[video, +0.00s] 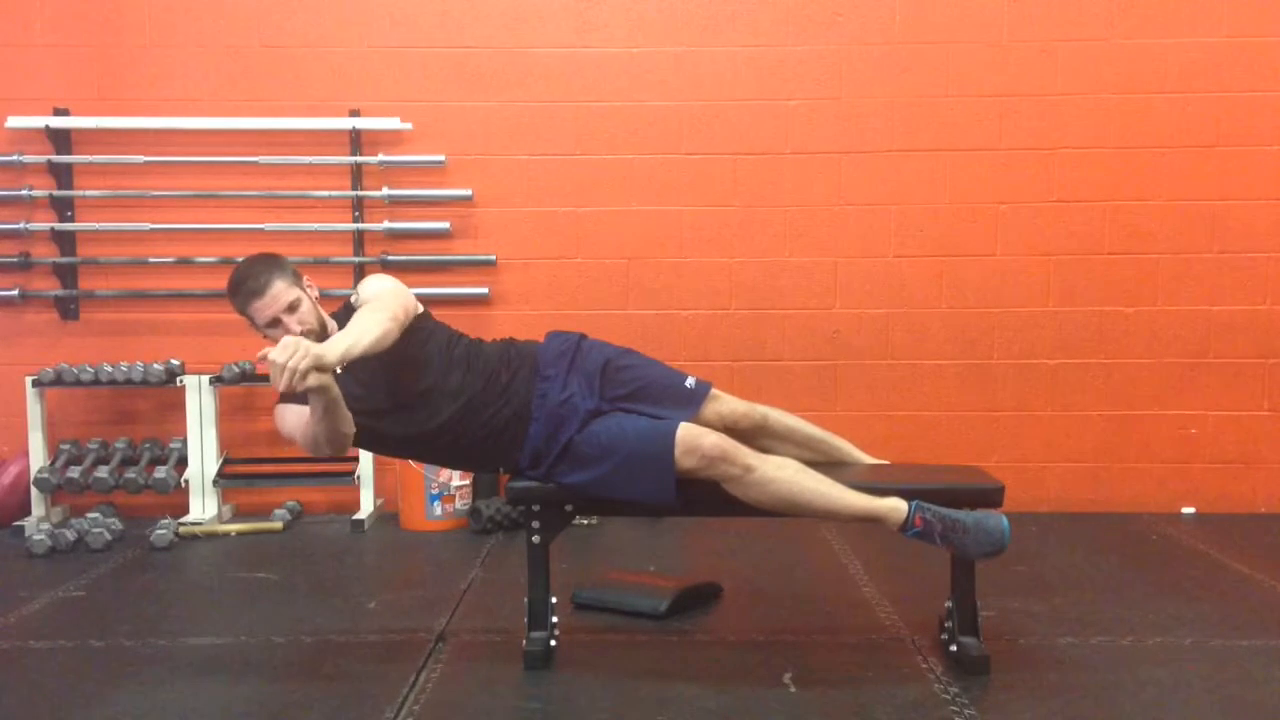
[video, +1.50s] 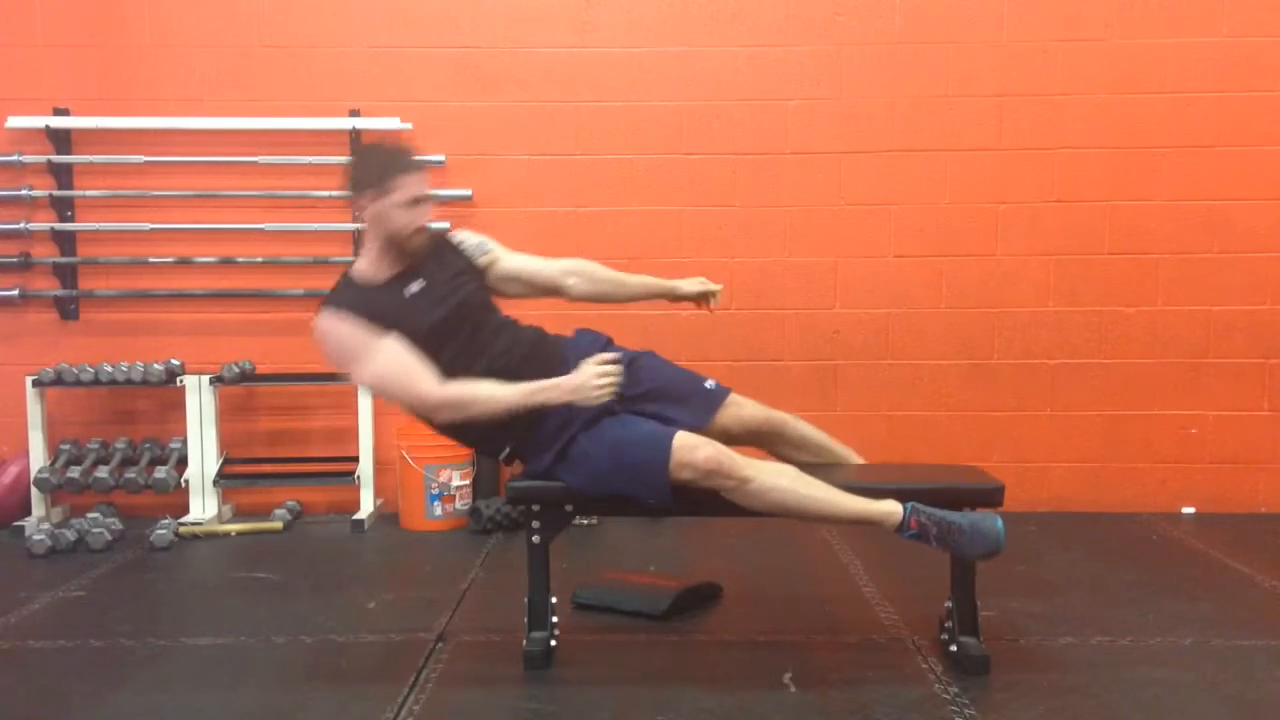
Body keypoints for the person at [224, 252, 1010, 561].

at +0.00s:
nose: (290, 326)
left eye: (290, 308)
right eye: (271, 325)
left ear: (313, 286)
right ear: (261, 339)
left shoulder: (373, 295)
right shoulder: (307, 402)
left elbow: (389, 322)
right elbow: (333, 447)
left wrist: (329, 354)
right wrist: (305, 391)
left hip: (567, 366)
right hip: (546, 449)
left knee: (737, 416)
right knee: (709, 454)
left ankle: (908, 491)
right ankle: (911, 519)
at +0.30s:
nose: (294, 328)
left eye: (294, 308)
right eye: (274, 327)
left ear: (312, 284)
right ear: (259, 338)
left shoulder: (367, 293)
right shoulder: (301, 402)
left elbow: (388, 320)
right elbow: (326, 421)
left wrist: (346, 357)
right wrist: (331, 393)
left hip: (567, 365)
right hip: (546, 447)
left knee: (736, 416)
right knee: (708, 453)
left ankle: (910, 492)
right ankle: (911, 520)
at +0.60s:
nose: (296, 325)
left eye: (295, 305)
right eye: (276, 324)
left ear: (312, 283)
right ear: (261, 336)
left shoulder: (367, 293)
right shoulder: (301, 400)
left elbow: (386, 320)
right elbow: (323, 418)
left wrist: (344, 358)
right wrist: (329, 395)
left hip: (567, 365)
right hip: (547, 446)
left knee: (735, 415)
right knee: (710, 454)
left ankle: (906, 491)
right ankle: (913, 520)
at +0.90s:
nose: (299, 320)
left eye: (297, 301)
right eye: (279, 319)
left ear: (314, 281)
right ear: (263, 333)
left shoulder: (368, 293)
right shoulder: (301, 400)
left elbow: (391, 317)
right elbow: (322, 419)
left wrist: (351, 351)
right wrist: (331, 390)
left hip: (567, 364)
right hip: (547, 445)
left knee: (734, 415)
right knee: (714, 457)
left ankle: (902, 490)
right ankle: (913, 519)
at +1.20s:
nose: (325, 295)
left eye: (327, 277)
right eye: (302, 294)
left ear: (339, 263)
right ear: (279, 307)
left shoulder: (393, 287)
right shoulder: (312, 392)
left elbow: (520, 333)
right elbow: (396, 450)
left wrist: (475, 393)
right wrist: (476, 379)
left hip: (582, 364)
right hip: (547, 443)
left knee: (748, 418)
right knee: (721, 465)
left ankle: (904, 487)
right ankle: (911, 523)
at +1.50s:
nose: (433, 211)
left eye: (430, 198)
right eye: (417, 201)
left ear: (418, 198)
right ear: (369, 209)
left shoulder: (451, 249)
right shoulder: (344, 322)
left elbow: (561, 274)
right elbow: (443, 399)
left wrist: (667, 288)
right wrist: (564, 389)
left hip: (583, 367)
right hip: (547, 434)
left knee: (755, 420)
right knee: (713, 461)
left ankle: (890, 498)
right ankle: (914, 522)